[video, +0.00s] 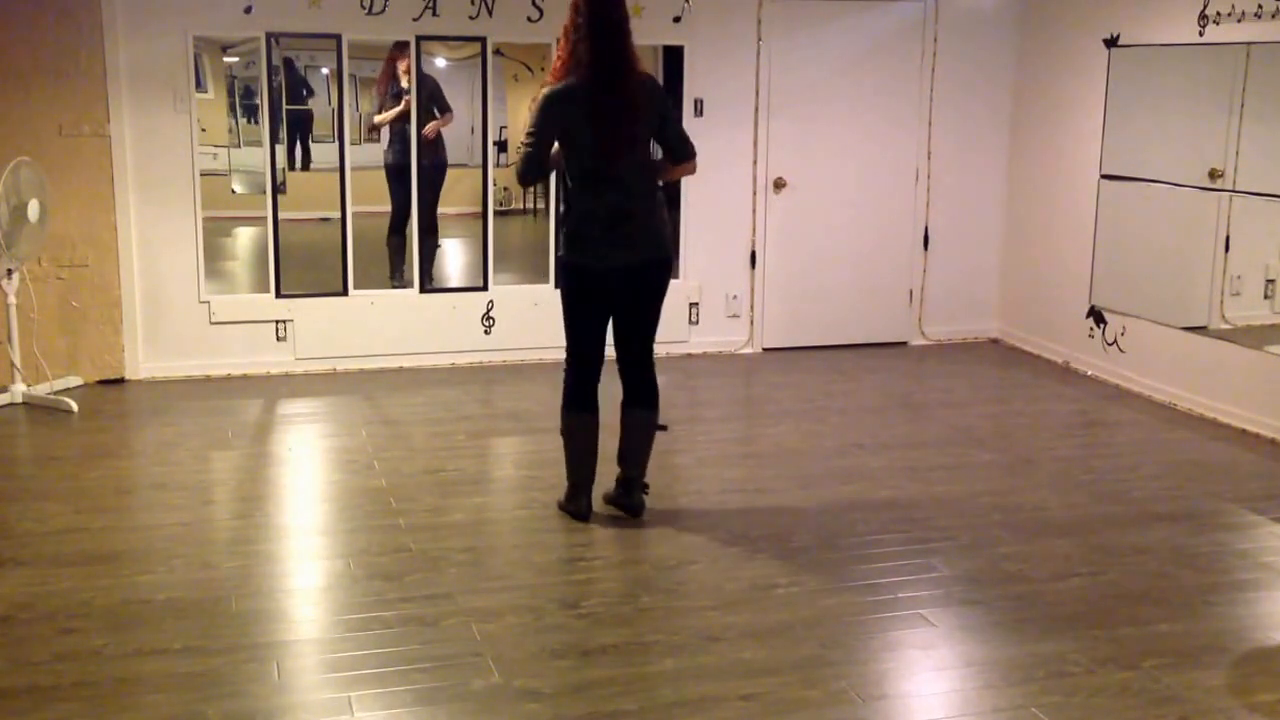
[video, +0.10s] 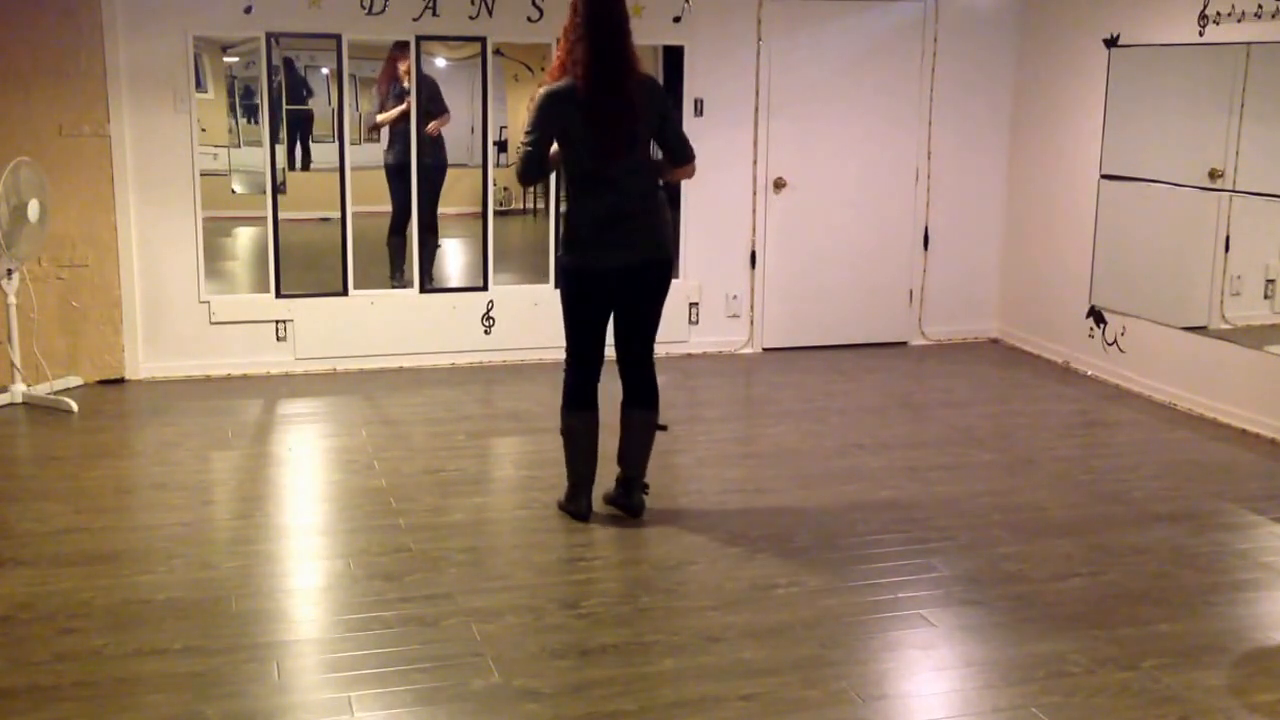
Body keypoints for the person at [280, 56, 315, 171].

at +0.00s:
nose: (284, 70)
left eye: (283, 67)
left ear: (283, 67)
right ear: (294, 65)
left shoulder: (282, 81)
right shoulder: (300, 77)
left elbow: (278, 96)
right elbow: (311, 91)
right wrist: (304, 98)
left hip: (289, 112)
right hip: (303, 112)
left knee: (291, 143)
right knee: (304, 142)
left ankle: (291, 168)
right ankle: (305, 168)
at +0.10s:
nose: (284, 70)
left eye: (283, 67)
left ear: (283, 67)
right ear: (294, 65)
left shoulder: (281, 81)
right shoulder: (300, 78)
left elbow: (277, 98)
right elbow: (310, 92)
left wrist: (279, 110)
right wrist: (304, 98)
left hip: (289, 113)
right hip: (304, 112)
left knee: (291, 143)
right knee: (305, 142)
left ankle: (291, 168)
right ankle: (305, 168)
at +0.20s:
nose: (283, 70)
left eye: (283, 67)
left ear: (283, 67)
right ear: (294, 65)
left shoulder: (281, 82)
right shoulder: (301, 79)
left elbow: (277, 99)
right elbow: (309, 94)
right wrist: (301, 99)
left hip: (290, 113)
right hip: (305, 112)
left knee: (291, 144)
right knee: (305, 142)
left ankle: (290, 169)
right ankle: (305, 169)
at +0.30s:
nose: (283, 70)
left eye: (282, 68)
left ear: (283, 67)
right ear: (294, 65)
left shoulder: (281, 82)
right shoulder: (301, 79)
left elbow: (277, 99)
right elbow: (307, 94)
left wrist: (279, 112)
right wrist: (301, 99)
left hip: (290, 113)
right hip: (305, 112)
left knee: (291, 144)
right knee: (305, 142)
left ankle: (291, 170)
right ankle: (306, 169)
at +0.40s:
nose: (283, 70)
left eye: (283, 67)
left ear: (283, 67)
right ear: (294, 65)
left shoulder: (281, 82)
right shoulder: (301, 79)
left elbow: (278, 99)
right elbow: (307, 94)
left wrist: (279, 112)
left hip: (290, 113)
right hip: (305, 111)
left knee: (291, 144)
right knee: (305, 142)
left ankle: (291, 169)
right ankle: (306, 169)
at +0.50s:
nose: (284, 70)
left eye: (283, 68)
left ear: (283, 68)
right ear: (294, 66)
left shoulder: (281, 83)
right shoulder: (300, 80)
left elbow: (278, 100)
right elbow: (306, 95)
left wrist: (279, 115)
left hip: (290, 113)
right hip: (305, 112)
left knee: (292, 144)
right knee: (305, 143)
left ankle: (291, 170)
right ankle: (306, 169)